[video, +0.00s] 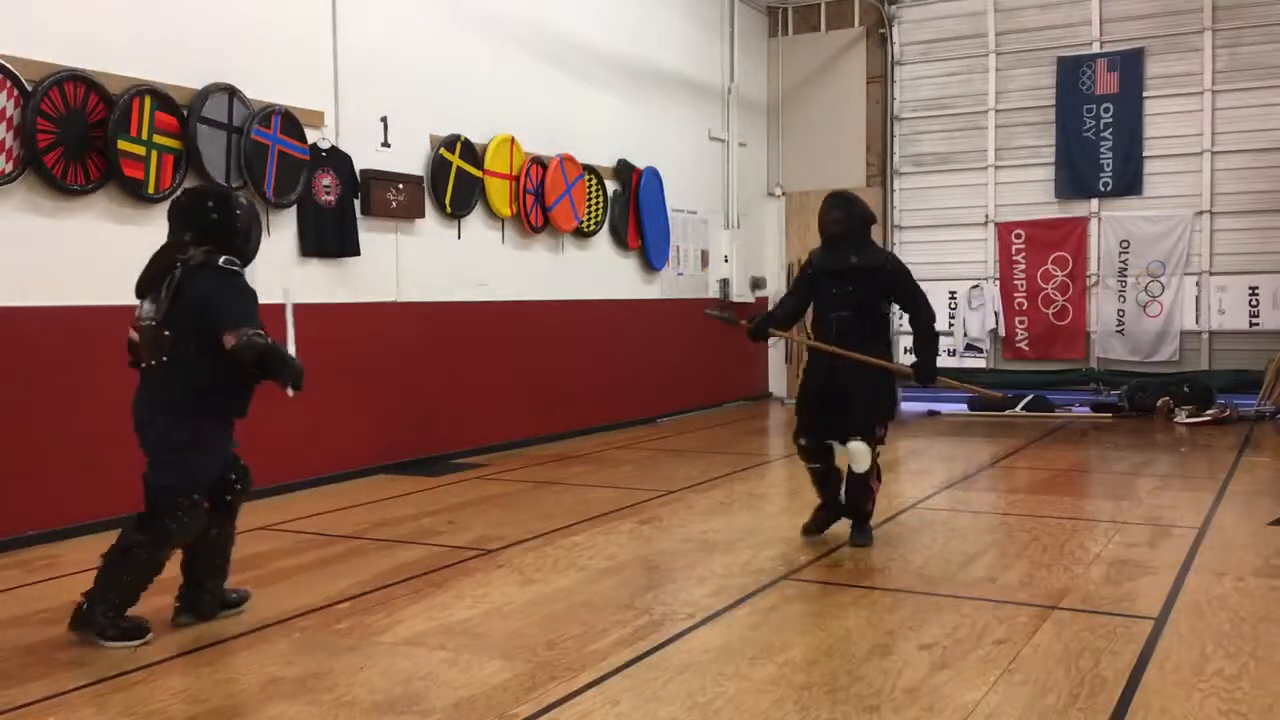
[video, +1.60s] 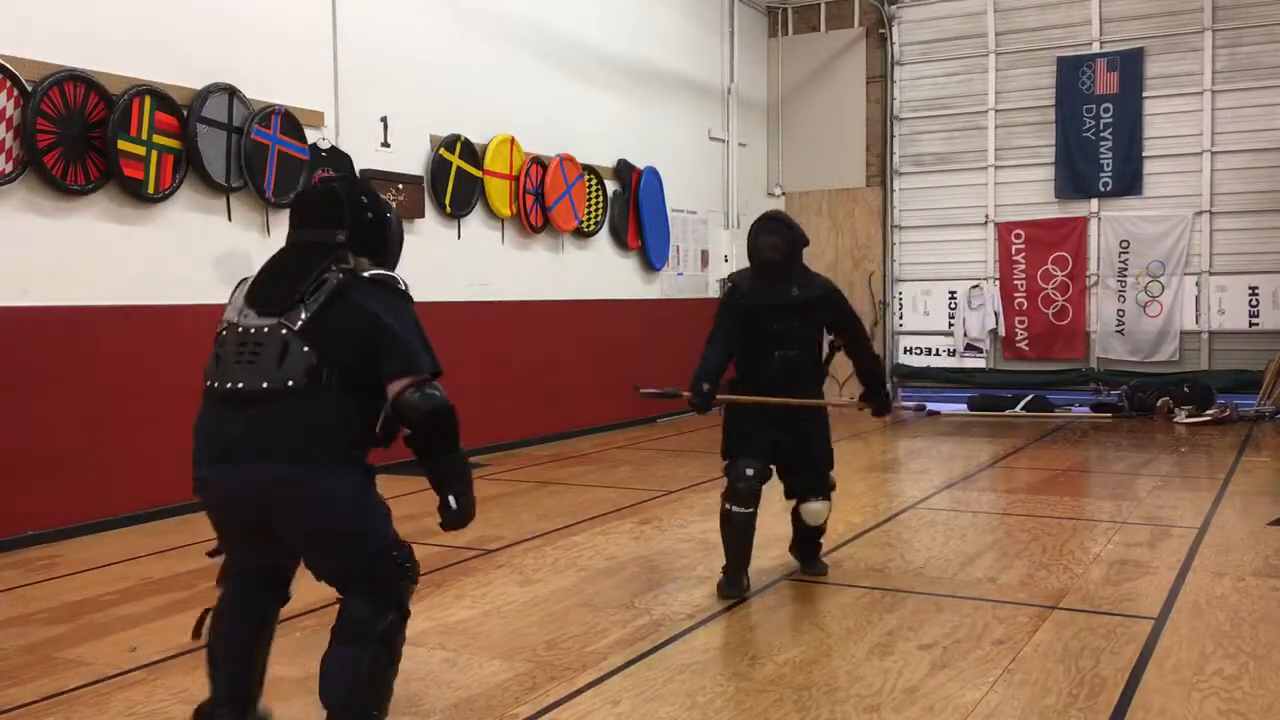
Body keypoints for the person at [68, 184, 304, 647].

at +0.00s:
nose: (250, 234)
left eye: (248, 224)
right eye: (244, 225)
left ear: (188, 230)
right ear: (227, 230)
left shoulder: (169, 271)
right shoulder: (221, 279)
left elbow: (142, 346)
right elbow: (242, 340)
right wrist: (282, 365)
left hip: (164, 412)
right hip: (188, 419)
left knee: (229, 483)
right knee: (175, 512)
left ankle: (202, 593)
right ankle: (101, 608)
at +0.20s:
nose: (274, 229)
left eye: (272, 220)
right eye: (268, 221)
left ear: (212, 226)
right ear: (249, 227)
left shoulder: (187, 265)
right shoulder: (244, 276)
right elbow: (255, 349)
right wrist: (287, 407)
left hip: (173, 399)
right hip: (212, 406)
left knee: (214, 492)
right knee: (262, 491)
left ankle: (203, 581)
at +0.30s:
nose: (286, 230)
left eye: (283, 220)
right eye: (277, 222)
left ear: (221, 229)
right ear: (257, 229)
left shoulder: (197, 268)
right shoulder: (252, 278)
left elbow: (210, 343)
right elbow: (260, 354)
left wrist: (284, 354)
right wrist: (290, 420)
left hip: (183, 405)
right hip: (226, 411)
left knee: (218, 492)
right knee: (281, 493)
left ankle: (200, 594)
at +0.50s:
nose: (318, 252)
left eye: (315, 242)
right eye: (310, 242)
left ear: (253, 246)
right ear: (290, 248)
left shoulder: (227, 282)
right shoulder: (289, 299)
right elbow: (310, 375)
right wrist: (346, 432)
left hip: (214, 432)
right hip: (265, 438)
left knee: (241, 501)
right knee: (337, 506)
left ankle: (202, 595)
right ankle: (344, 619)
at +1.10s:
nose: (369, 216)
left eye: (365, 204)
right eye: (360, 205)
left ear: (289, 209)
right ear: (338, 212)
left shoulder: (254, 264)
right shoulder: (333, 275)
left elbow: (260, 359)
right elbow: (364, 366)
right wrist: (409, 437)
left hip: (239, 440)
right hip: (307, 443)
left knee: (281, 538)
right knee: (365, 537)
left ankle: (266, 665)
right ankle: (353, 674)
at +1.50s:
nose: (397, 246)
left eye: (394, 235)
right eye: (392, 236)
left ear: (310, 235)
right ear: (373, 239)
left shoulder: (261, 288)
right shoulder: (377, 293)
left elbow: (243, 383)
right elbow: (423, 404)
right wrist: (447, 482)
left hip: (231, 467)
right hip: (320, 476)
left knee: (265, 560)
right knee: (380, 579)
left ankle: (251, 688)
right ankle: (355, 705)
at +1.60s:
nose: (394, 240)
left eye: (392, 229)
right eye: (388, 229)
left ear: (303, 231)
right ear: (367, 234)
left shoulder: (253, 287)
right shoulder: (372, 290)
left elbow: (233, 390)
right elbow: (421, 406)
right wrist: (451, 479)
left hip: (224, 468)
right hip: (317, 476)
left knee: (255, 567)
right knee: (380, 576)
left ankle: (229, 706)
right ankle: (354, 707)